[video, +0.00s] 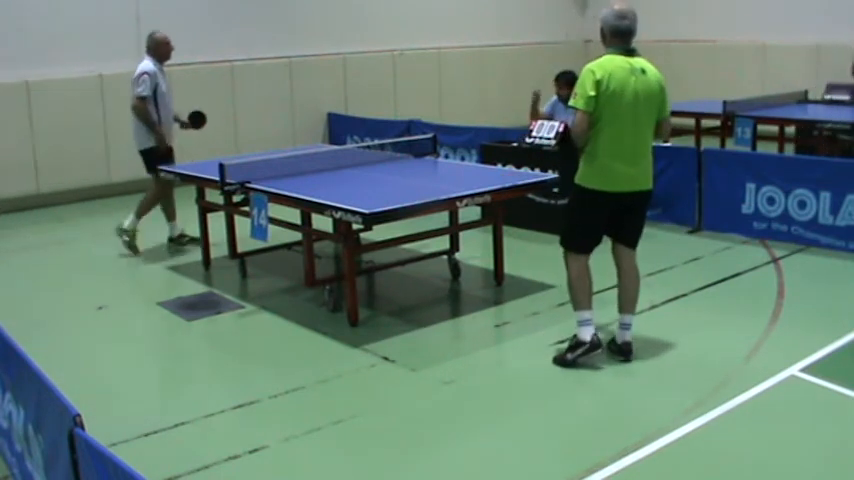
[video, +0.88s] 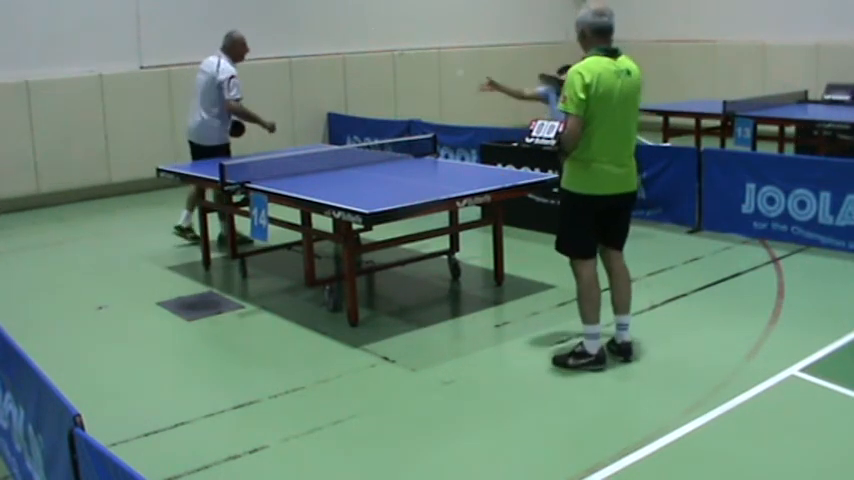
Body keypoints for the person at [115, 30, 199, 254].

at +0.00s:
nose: (171, 48)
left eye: (170, 44)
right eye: (166, 45)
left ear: (158, 48)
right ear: (155, 48)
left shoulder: (157, 70)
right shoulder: (146, 72)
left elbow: (162, 105)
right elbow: (139, 106)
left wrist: (180, 121)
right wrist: (159, 136)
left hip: (161, 140)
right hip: (150, 142)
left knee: (166, 186)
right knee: (163, 185)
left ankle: (175, 232)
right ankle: (129, 226)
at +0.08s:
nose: (178, 48)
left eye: (177, 44)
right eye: (174, 44)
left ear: (165, 48)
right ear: (162, 47)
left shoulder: (164, 69)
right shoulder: (152, 70)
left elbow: (169, 104)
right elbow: (144, 103)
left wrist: (188, 120)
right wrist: (166, 131)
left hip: (166, 137)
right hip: (156, 139)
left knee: (169, 184)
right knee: (174, 181)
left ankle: (175, 231)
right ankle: (144, 224)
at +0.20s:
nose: (187, 46)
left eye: (185, 42)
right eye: (183, 42)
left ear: (172, 46)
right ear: (171, 46)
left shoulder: (172, 67)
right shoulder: (162, 69)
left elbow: (176, 103)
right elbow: (155, 102)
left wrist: (196, 116)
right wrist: (176, 129)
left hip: (173, 135)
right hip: (167, 136)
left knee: (174, 180)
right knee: (188, 177)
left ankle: (174, 227)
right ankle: (174, 227)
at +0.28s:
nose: (193, 46)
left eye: (192, 42)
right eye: (189, 43)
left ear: (179, 46)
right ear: (177, 46)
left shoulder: (178, 68)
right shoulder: (170, 69)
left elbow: (180, 102)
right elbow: (162, 103)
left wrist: (199, 115)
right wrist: (183, 128)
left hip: (179, 135)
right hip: (174, 137)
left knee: (177, 182)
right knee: (194, 181)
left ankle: (175, 230)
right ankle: (199, 232)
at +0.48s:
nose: (210, 49)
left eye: (209, 44)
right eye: (206, 44)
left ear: (192, 47)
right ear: (195, 48)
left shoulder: (187, 67)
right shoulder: (190, 72)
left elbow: (190, 104)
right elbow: (183, 104)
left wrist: (208, 123)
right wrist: (205, 129)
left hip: (184, 138)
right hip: (193, 139)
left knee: (182, 184)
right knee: (207, 187)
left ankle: (177, 230)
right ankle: (224, 229)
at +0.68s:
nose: (230, 50)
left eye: (229, 45)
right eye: (227, 45)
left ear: (210, 46)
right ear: (217, 47)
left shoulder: (196, 63)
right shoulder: (211, 71)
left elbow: (199, 103)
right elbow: (211, 106)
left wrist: (223, 124)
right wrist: (234, 126)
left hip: (192, 136)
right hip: (207, 138)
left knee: (192, 183)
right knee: (219, 188)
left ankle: (179, 226)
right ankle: (227, 231)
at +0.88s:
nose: (247, 51)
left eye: (246, 47)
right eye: (244, 47)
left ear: (227, 47)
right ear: (233, 48)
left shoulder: (209, 62)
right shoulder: (227, 72)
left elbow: (209, 101)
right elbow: (233, 106)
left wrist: (227, 122)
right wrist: (263, 122)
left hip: (197, 135)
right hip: (215, 138)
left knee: (201, 182)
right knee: (222, 187)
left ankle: (185, 223)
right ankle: (227, 231)